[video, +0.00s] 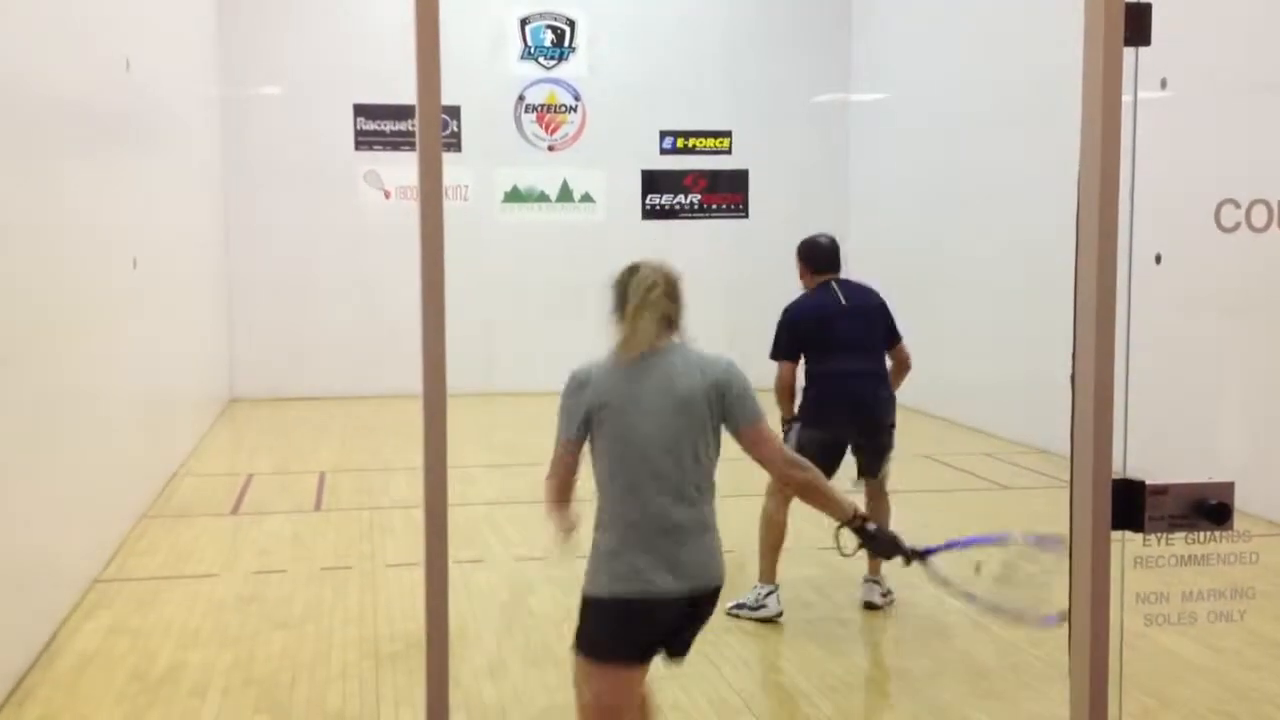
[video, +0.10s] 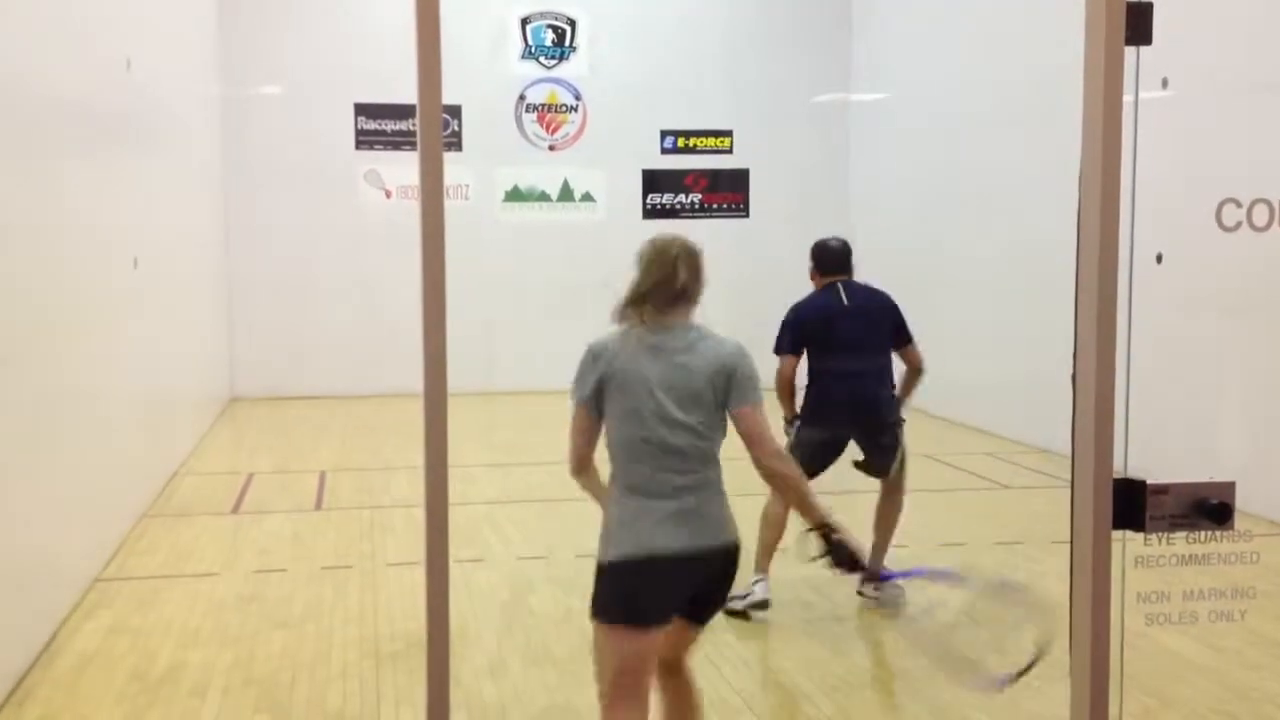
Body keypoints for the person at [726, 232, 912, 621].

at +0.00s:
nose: (798, 275)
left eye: (798, 269)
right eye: (800, 269)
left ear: (803, 270)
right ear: (838, 265)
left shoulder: (798, 312)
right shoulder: (869, 298)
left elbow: (785, 381)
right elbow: (902, 362)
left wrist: (788, 418)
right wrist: (881, 396)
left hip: (824, 410)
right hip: (875, 408)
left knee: (779, 493)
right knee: (875, 487)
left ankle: (766, 590)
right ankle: (874, 581)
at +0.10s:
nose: (809, 275)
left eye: (810, 270)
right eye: (813, 270)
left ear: (814, 273)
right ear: (850, 269)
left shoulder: (803, 311)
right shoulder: (880, 302)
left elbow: (785, 375)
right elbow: (915, 365)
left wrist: (790, 415)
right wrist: (896, 404)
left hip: (825, 411)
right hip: (876, 411)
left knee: (783, 488)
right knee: (893, 482)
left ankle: (759, 581)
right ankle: (873, 575)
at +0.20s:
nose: (838, 282)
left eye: (838, 276)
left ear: (837, 279)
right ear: (873, 278)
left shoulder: (821, 319)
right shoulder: (897, 313)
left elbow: (798, 387)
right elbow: (944, 368)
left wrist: (813, 417)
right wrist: (942, 415)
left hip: (829, 422)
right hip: (881, 424)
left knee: (794, 498)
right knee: (912, 480)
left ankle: (756, 579)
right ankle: (870, 561)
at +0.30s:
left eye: (876, 278)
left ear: (874, 281)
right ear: (909, 280)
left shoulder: (857, 317)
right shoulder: (929, 313)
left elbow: (836, 383)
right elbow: (982, 357)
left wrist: (853, 415)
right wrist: (999, 402)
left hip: (852, 424)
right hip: (900, 428)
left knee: (825, 492)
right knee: (911, 496)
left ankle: (767, 551)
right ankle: (859, 568)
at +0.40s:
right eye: (949, 279)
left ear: (915, 279)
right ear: (948, 279)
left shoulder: (894, 311)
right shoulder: (959, 307)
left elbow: (865, 378)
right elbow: (1017, 348)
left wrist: (882, 411)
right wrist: (1052, 393)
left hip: (884, 411)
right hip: (921, 414)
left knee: (887, 486)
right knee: (919, 495)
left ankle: (819, 533)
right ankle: (860, 565)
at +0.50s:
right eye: (989, 275)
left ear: (956, 274)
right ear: (989, 276)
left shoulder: (934, 306)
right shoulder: (993, 303)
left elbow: (896, 372)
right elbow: (1050, 337)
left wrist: (911, 416)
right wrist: (1083, 370)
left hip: (917, 408)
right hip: (947, 411)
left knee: (957, 470)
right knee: (937, 499)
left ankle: (938, 550)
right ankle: (867, 557)